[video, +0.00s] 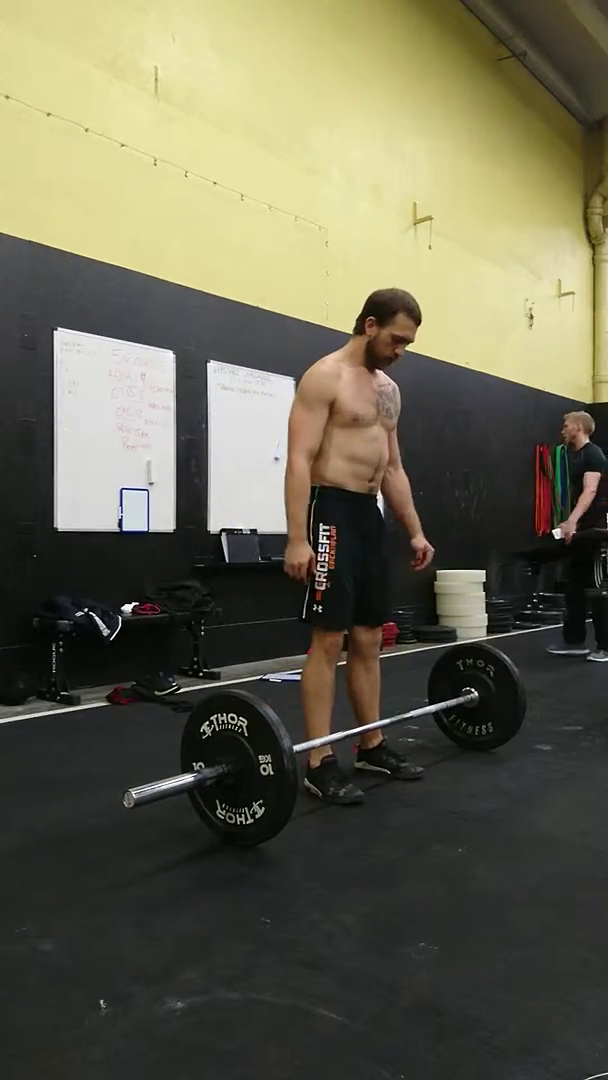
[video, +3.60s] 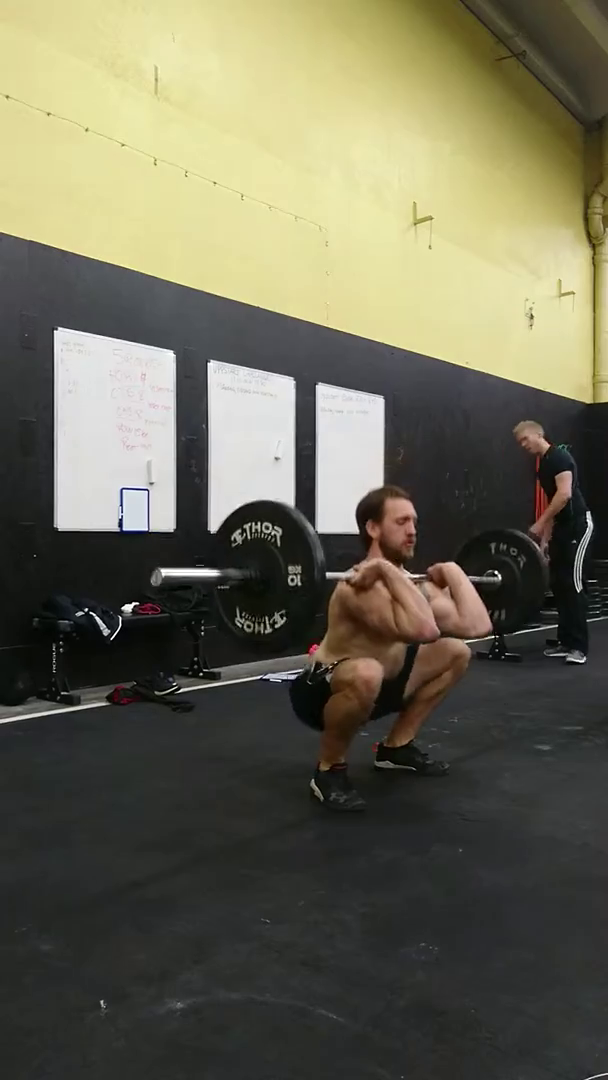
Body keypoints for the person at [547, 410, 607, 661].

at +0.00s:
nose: (562, 430)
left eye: (566, 426)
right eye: (563, 426)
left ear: (580, 429)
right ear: (577, 429)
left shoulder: (593, 453)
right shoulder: (571, 454)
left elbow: (590, 491)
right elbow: (573, 492)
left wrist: (572, 520)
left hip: (595, 530)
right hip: (579, 530)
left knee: (597, 587)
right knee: (574, 584)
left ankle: (603, 645)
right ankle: (574, 640)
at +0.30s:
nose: (552, 433)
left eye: (555, 429)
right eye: (553, 430)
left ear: (566, 433)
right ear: (569, 434)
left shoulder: (571, 455)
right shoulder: (572, 455)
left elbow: (558, 493)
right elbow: (560, 494)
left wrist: (534, 521)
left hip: (590, 521)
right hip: (580, 521)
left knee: (581, 580)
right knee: (571, 580)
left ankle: (602, 643)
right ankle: (571, 643)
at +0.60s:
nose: (533, 459)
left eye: (533, 456)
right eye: (533, 456)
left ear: (537, 454)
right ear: (553, 451)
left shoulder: (549, 468)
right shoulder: (568, 468)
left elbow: (532, 507)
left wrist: (514, 537)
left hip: (588, 521)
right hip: (594, 520)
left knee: (573, 579)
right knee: (576, 580)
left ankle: (576, 646)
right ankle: (571, 642)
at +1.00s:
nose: (524, 496)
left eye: (523, 493)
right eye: (523, 494)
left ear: (524, 491)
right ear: (540, 484)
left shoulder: (532, 500)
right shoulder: (556, 494)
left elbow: (518, 539)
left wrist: (503, 571)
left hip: (590, 528)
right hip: (600, 524)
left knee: (568, 583)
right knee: (580, 585)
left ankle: (577, 648)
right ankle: (570, 642)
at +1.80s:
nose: (508, 505)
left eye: (508, 500)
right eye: (506, 502)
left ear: (519, 493)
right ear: (522, 492)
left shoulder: (530, 504)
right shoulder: (541, 499)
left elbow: (520, 546)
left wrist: (504, 578)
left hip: (590, 527)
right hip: (599, 525)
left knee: (569, 585)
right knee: (580, 586)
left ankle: (578, 648)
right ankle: (569, 642)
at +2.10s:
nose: (510, 471)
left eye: (512, 465)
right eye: (506, 469)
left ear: (524, 462)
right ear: (507, 471)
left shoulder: (538, 479)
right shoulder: (541, 481)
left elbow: (549, 520)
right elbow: (563, 525)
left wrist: (534, 553)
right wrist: (557, 555)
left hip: (592, 524)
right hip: (583, 527)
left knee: (574, 581)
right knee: (568, 580)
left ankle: (580, 646)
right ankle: (569, 640)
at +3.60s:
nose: (523, 445)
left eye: (525, 439)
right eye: (521, 442)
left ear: (538, 435)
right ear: (524, 444)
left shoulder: (559, 455)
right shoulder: (542, 464)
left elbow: (564, 493)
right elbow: (552, 505)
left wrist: (541, 521)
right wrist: (545, 540)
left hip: (578, 523)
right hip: (562, 525)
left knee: (572, 581)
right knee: (559, 581)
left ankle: (579, 647)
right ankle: (565, 641)